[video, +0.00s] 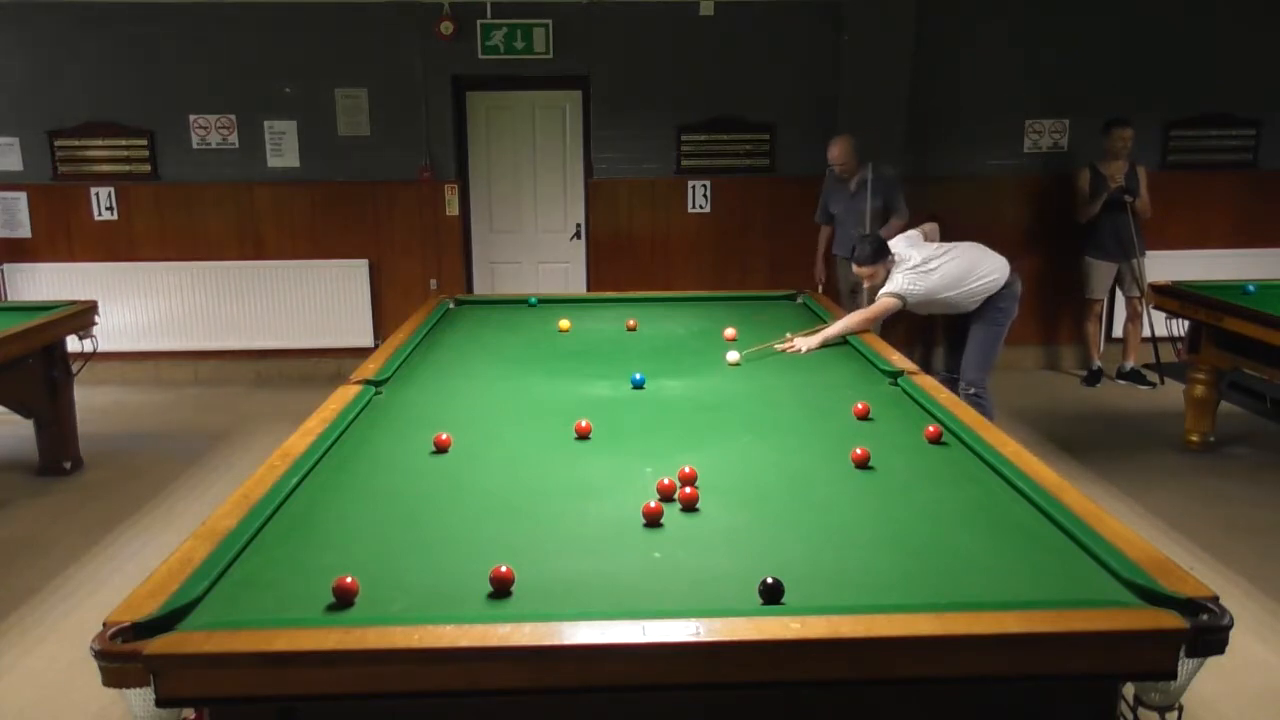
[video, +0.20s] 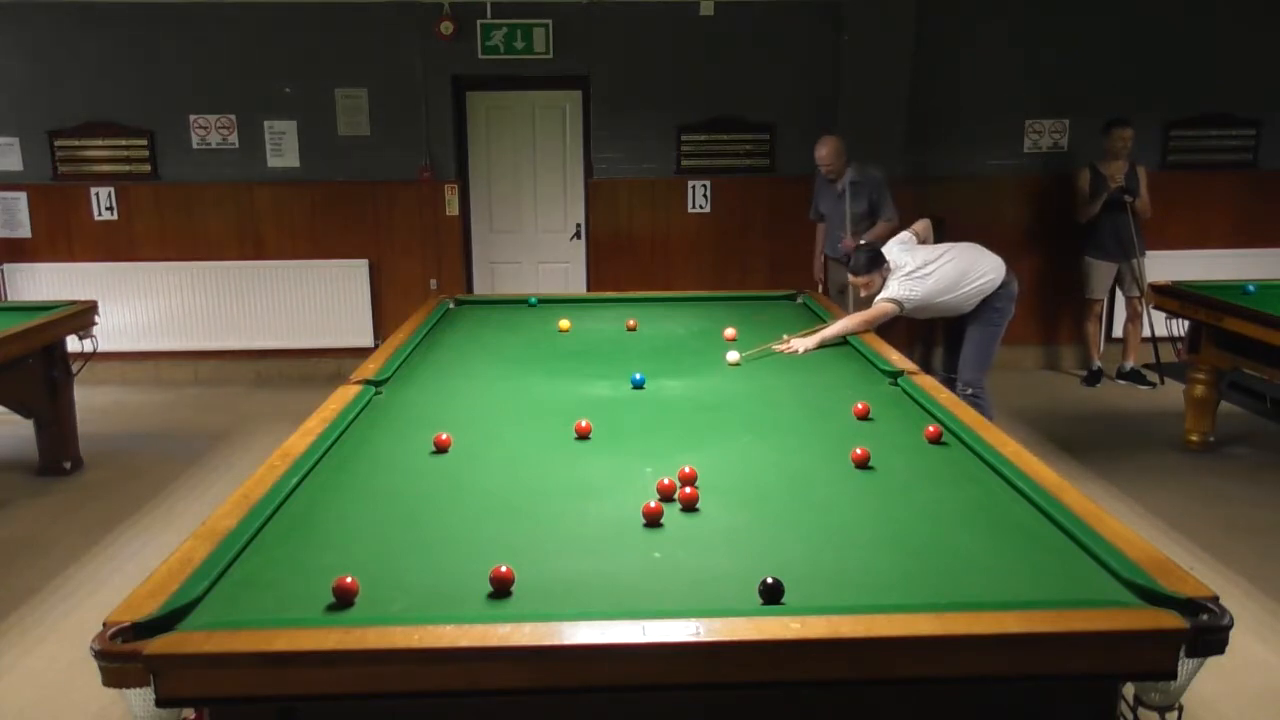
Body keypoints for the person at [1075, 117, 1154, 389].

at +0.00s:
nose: (1126, 145)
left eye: (1129, 140)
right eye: (1120, 140)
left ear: (1133, 142)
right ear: (1106, 140)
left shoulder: (1137, 171)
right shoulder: (1088, 172)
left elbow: (1146, 211)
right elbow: (1082, 214)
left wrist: (1132, 198)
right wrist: (1106, 192)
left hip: (1132, 250)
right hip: (1099, 250)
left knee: (1136, 309)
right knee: (1094, 309)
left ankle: (1128, 366)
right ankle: (1095, 365)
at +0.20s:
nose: (1126, 145)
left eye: (1129, 140)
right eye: (1120, 140)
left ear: (1133, 142)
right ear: (1107, 141)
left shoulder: (1137, 171)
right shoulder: (1088, 172)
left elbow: (1146, 211)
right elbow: (1082, 214)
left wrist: (1132, 198)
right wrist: (1106, 192)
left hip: (1132, 251)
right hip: (1099, 250)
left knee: (1136, 309)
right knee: (1094, 309)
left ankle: (1128, 366)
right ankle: (1095, 365)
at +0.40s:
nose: (1125, 145)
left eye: (1129, 140)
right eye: (1120, 140)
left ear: (1132, 142)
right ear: (1106, 141)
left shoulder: (1137, 171)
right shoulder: (1088, 173)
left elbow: (1146, 211)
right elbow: (1082, 215)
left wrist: (1132, 198)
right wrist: (1106, 192)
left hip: (1132, 250)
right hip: (1099, 250)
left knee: (1136, 309)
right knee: (1093, 310)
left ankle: (1128, 366)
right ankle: (1094, 365)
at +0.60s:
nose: (1126, 145)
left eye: (1129, 140)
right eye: (1120, 140)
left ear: (1133, 142)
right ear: (1107, 140)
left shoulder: (1137, 171)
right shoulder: (1089, 172)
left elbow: (1146, 211)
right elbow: (1082, 215)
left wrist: (1131, 197)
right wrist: (1106, 191)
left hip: (1132, 250)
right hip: (1099, 250)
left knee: (1136, 309)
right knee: (1093, 309)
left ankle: (1128, 366)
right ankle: (1094, 365)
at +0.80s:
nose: (1126, 145)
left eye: (1129, 140)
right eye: (1120, 140)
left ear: (1133, 142)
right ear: (1107, 140)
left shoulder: (1137, 171)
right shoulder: (1089, 172)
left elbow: (1146, 211)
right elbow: (1082, 215)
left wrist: (1131, 197)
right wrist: (1106, 191)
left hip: (1132, 250)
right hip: (1099, 250)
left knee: (1136, 309)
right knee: (1094, 309)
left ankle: (1128, 366)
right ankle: (1094, 365)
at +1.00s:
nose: (1126, 145)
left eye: (1130, 140)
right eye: (1121, 140)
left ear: (1134, 142)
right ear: (1107, 141)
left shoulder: (1138, 171)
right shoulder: (1089, 172)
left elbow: (1147, 212)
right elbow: (1082, 215)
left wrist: (1132, 198)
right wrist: (1106, 191)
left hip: (1132, 250)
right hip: (1099, 250)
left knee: (1136, 309)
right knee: (1094, 309)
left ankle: (1128, 366)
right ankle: (1094, 365)